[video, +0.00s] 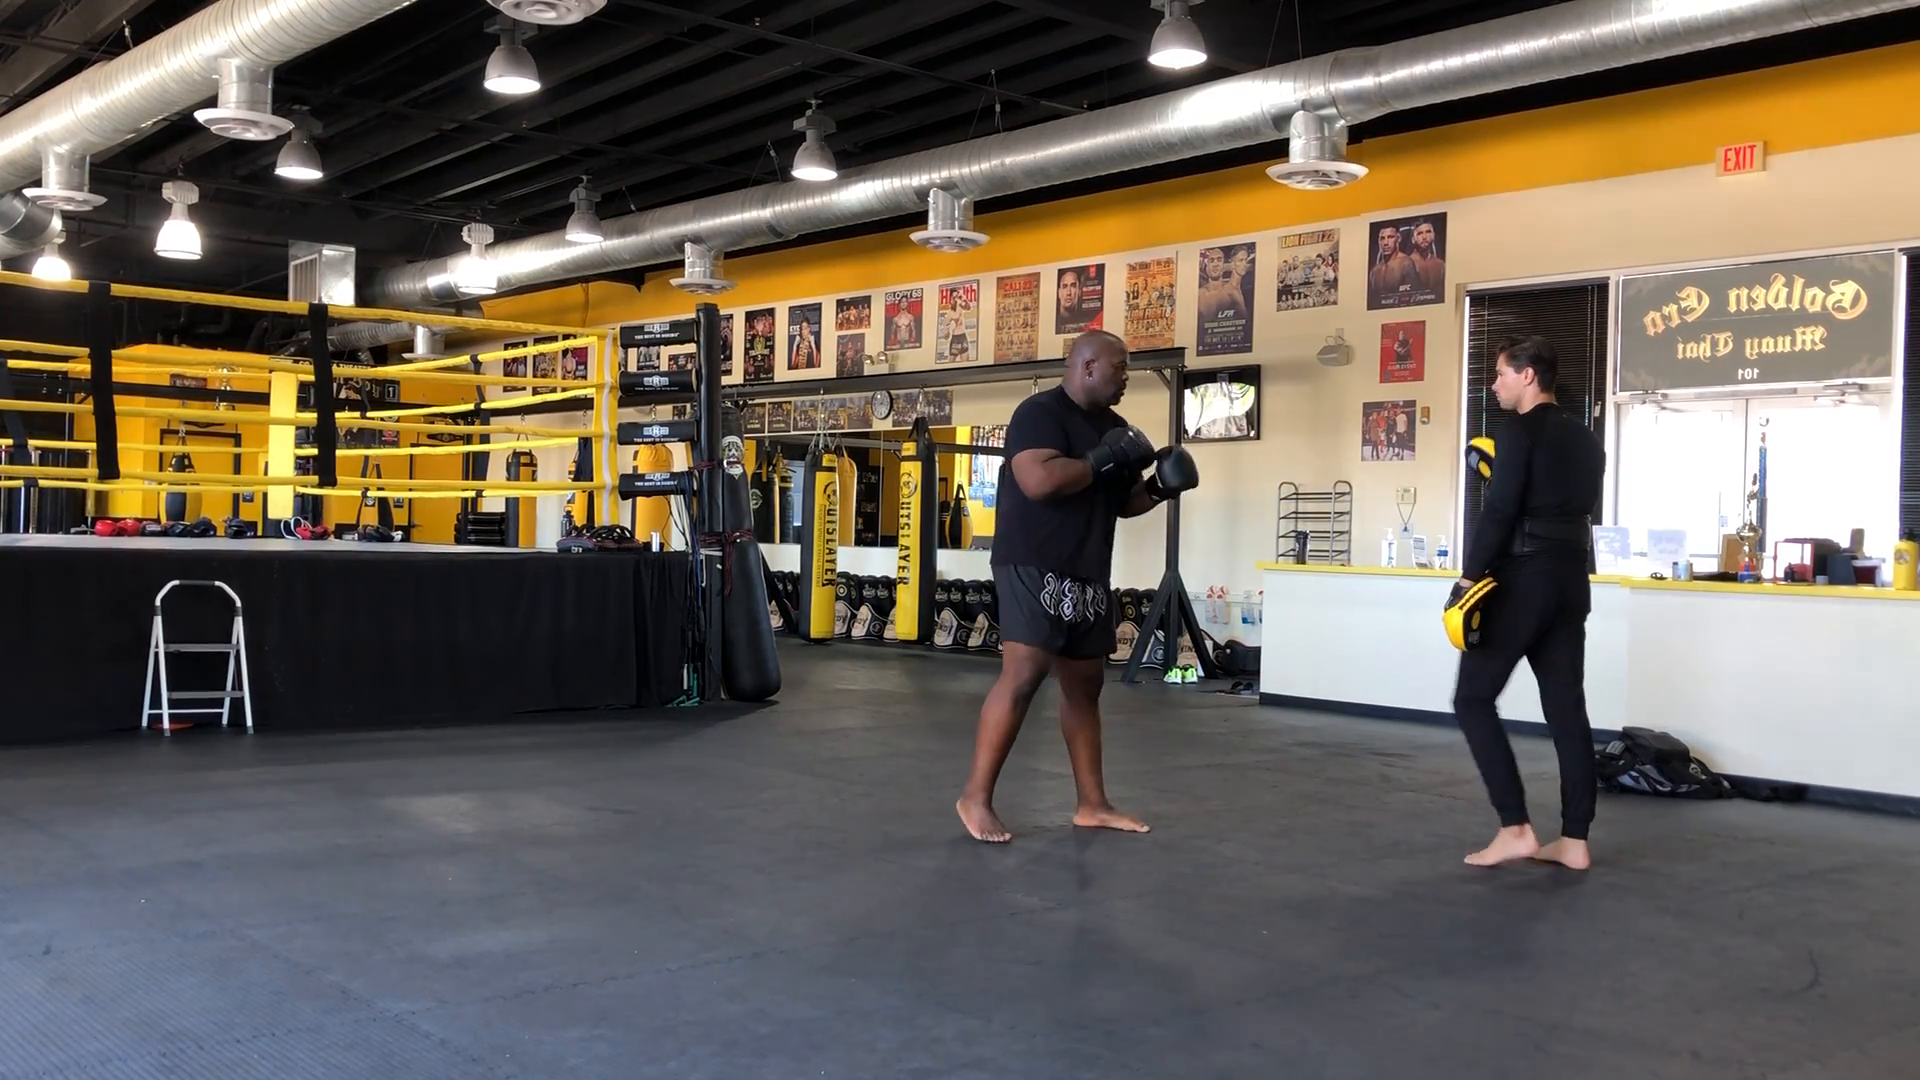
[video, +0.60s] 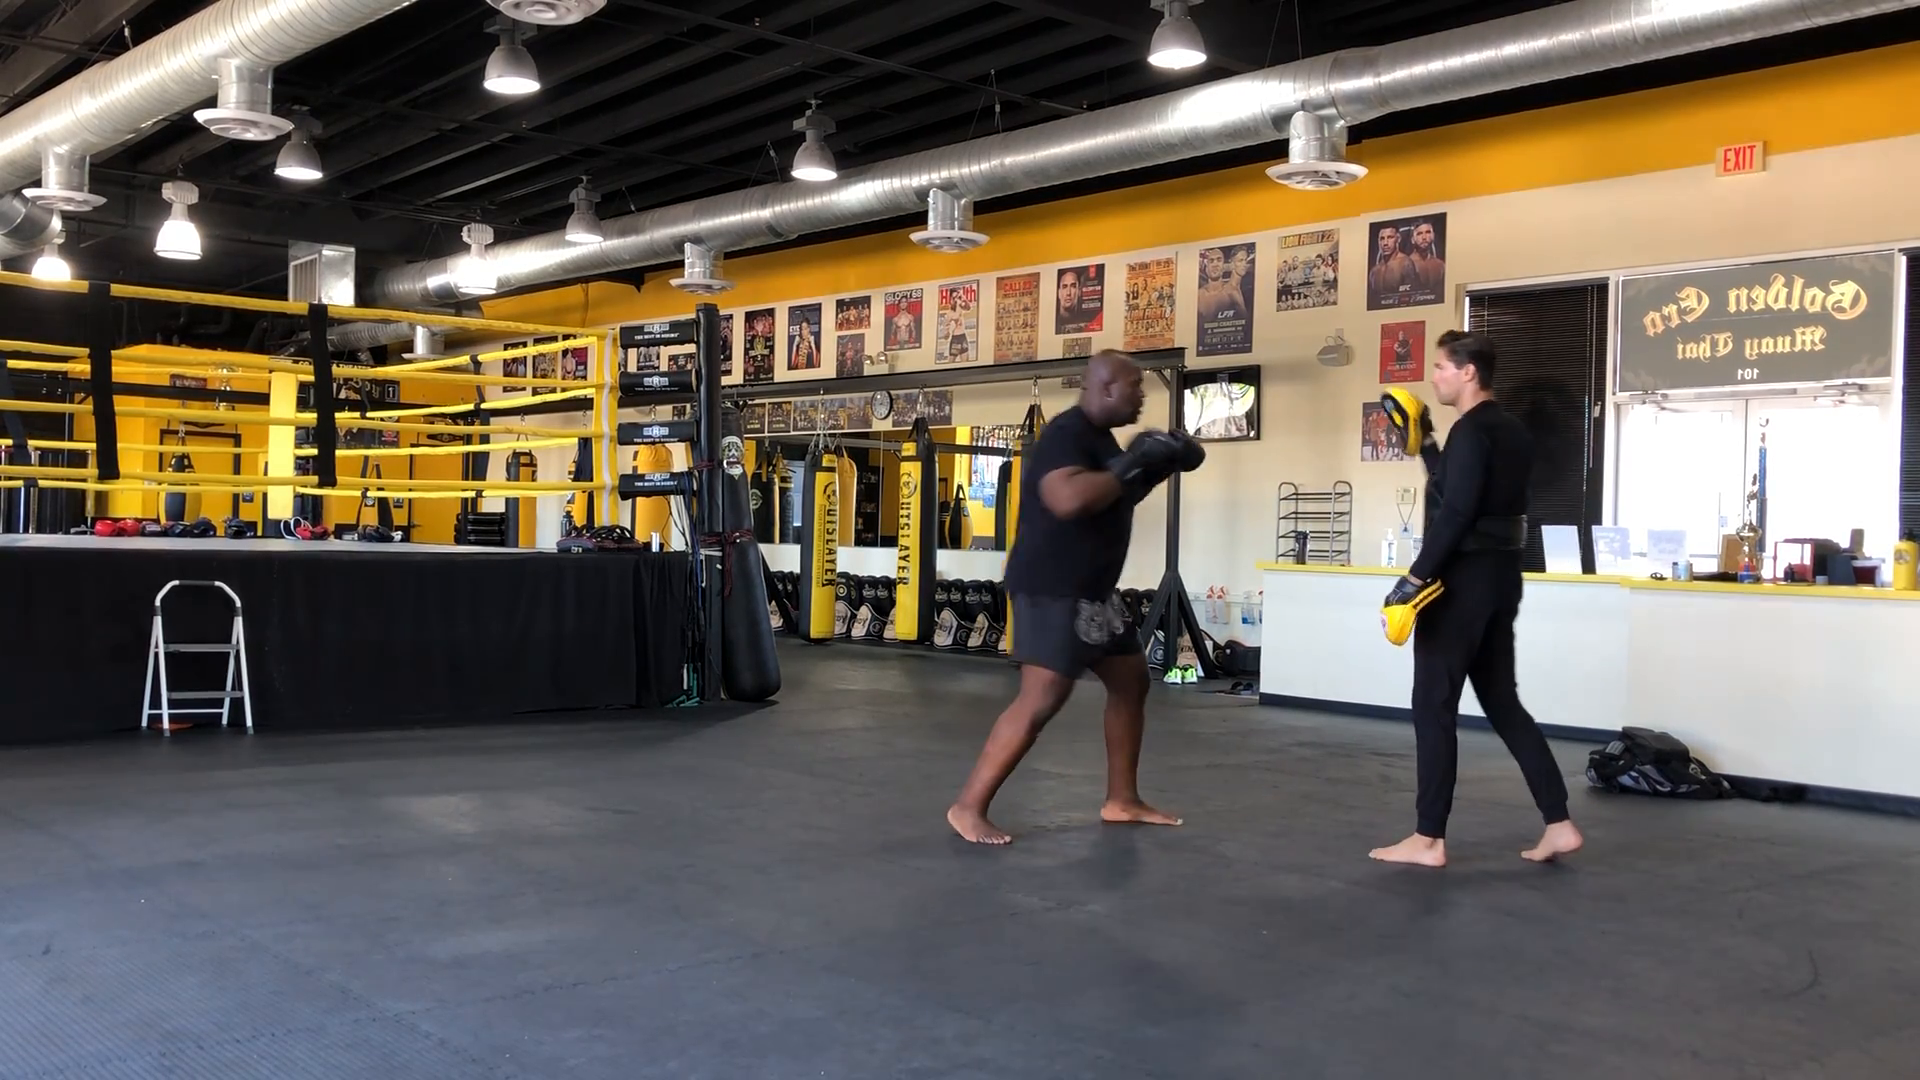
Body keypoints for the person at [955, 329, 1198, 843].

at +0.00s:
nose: (1125, 382)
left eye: (1126, 373)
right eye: (1120, 371)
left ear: (1097, 369)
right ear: (1086, 366)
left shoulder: (1112, 430)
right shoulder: (1037, 412)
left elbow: (1122, 504)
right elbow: (1039, 480)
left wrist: (1158, 485)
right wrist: (1108, 457)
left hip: (1087, 573)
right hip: (1031, 566)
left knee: (1084, 684)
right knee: (1022, 675)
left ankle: (1092, 803)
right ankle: (975, 799)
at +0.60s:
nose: (1141, 394)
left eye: (1141, 385)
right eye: (1134, 386)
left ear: (1109, 389)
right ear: (1103, 388)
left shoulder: (1105, 443)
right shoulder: (1064, 433)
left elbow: (1115, 498)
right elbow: (1065, 497)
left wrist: (1156, 466)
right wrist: (1130, 465)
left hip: (1092, 592)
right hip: (1050, 592)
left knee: (1129, 679)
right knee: (1041, 696)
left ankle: (1122, 799)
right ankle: (967, 808)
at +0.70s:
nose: (1165, 395)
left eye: (1164, 386)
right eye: (1158, 386)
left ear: (1119, 386)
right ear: (1130, 386)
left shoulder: (1088, 424)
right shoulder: (1110, 422)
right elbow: (1125, 470)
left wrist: (1156, 444)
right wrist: (1196, 447)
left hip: (1088, 582)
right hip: (1073, 580)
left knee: (1122, 676)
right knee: (1057, 692)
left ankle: (1121, 798)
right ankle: (970, 798)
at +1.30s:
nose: (1167, 390)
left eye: (1168, 381)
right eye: (1160, 380)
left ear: (1138, 377)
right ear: (1128, 375)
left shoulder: (1144, 439)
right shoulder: (1082, 422)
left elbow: (1146, 511)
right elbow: (1077, 495)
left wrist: (1180, 485)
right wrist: (1142, 469)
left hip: (1121, 573)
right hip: (1069, 568)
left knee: (1143, 677)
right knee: (1066, 675)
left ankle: (1123, 799)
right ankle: (1007, 805)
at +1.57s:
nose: (1138, 385)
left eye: (1140, 375)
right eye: (1134, 374)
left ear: (1108, 370)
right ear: (1102, 368)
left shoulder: (1117, 427)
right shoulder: (1051, 413)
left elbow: (1113, 497)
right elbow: (1048, 487)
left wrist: (1154, 475)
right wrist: (1116, 458)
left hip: (1105, 576)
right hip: (1052, 575)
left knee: (1135, 671)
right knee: (1042, 685)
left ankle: (1120, 791)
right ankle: (1004, 814)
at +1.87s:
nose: (1129, 380)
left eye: (1130, 371)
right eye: (1125, 370)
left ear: (1094, 367)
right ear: (1094, 366)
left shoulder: (1100, 423)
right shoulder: (1046, 415)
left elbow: (1097, 492)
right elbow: (1058, 492)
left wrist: (1142, 467)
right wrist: (1119, 452)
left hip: (1099, 579)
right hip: (1049, 580)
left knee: (1129, 671)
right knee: (1037, 691)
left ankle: (1112, 792)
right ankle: (1004, 816)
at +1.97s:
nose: (1133, 380)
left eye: (1134, 371)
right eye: (1129, 370)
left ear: (1098, 366)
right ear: (1097, 364)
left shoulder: (1103, 423)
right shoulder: (1052, 410)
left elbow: (1105, 489)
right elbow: (1061, 485)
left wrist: (1149, 470)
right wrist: (1123, 454)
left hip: (1102, 576)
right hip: (1052, 577)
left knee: (1123, 674)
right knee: (1035, 689)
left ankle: (1115, 795)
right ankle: (1003, 816)